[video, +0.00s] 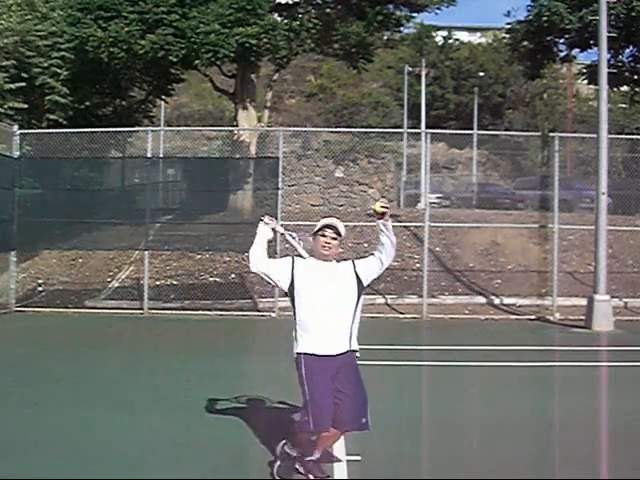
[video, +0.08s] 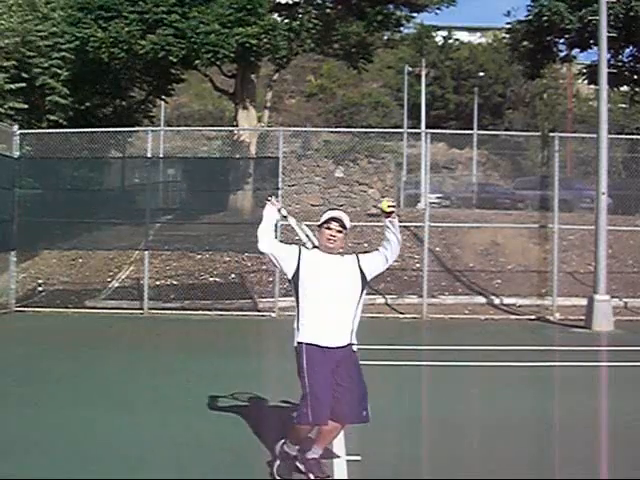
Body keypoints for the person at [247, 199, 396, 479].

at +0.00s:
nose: (328, 240)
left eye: (334, 237)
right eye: (323, 235)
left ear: (341, 246)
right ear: (312, 241)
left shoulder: (353, 270)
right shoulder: (295, 267)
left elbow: (384, 256)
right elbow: (258, 263)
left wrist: (384, 224)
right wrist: (263, 232)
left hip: (345, 353)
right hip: (311, 353)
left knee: (347, 419)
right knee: (317, 421)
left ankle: (311, 460)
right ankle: (289, 450)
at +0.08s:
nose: (333, 233)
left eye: (339, 230)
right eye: (328, 227)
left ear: (345, 237)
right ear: (318, 232)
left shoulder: (357, 264)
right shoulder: (301, 258)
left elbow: (389, 253)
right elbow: (266, 243)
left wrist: (391, 219)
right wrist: (271, 211)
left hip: (344, 347)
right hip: (312, 346)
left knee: (345, 412)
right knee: (316, 415)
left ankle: (311, 457)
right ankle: (287, 449)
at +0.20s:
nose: (341, 220)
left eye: (347, 217)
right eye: (335, 215)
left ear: (352, 226)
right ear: (323, 219)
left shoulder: (363, 254)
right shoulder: (309, 240)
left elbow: (395, 252)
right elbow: (285, 210)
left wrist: (400, 222)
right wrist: (289, 177)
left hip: (343, 332)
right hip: (312, 327)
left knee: (337, 399)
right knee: (310, 397)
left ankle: (315, 453)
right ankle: (289, 449)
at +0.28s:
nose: (345, 215)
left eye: (351, 212)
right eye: (340, 209)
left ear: (355, 218)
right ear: (328, 211)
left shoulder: (361, 247)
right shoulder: (314, 232)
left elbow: (395, 257)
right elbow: (299, 196)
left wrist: (408, 232)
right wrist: (304, 158)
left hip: (340, 324)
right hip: (312, 318)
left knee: (333, 392)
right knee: (308, 387)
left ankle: (320, 451)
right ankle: (294, 449)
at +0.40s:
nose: (349, 218)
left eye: (355, 214)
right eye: (344, 210)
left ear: (359, 220)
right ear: (330, 212)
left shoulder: (363, 253)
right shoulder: (320, 236)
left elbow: (389, 265)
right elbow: (317, 195)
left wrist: (412, 250)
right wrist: (326, 150)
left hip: (340, 328)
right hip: (315, 319)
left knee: (332, 397)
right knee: (311, 392)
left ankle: (317, 456)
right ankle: (294, 454)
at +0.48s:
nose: (350, 220)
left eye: (356, 216)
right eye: (346, 214)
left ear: (361, 222)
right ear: (333, 215)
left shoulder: (362, 256)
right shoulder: (322, 238)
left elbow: (384, 275)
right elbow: (323, 197)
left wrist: (413, 263)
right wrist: (336, 150)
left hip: (341, 330)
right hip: (316, 323)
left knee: (333, 396)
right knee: (315, 394)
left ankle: (316, 456)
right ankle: (297, 457)